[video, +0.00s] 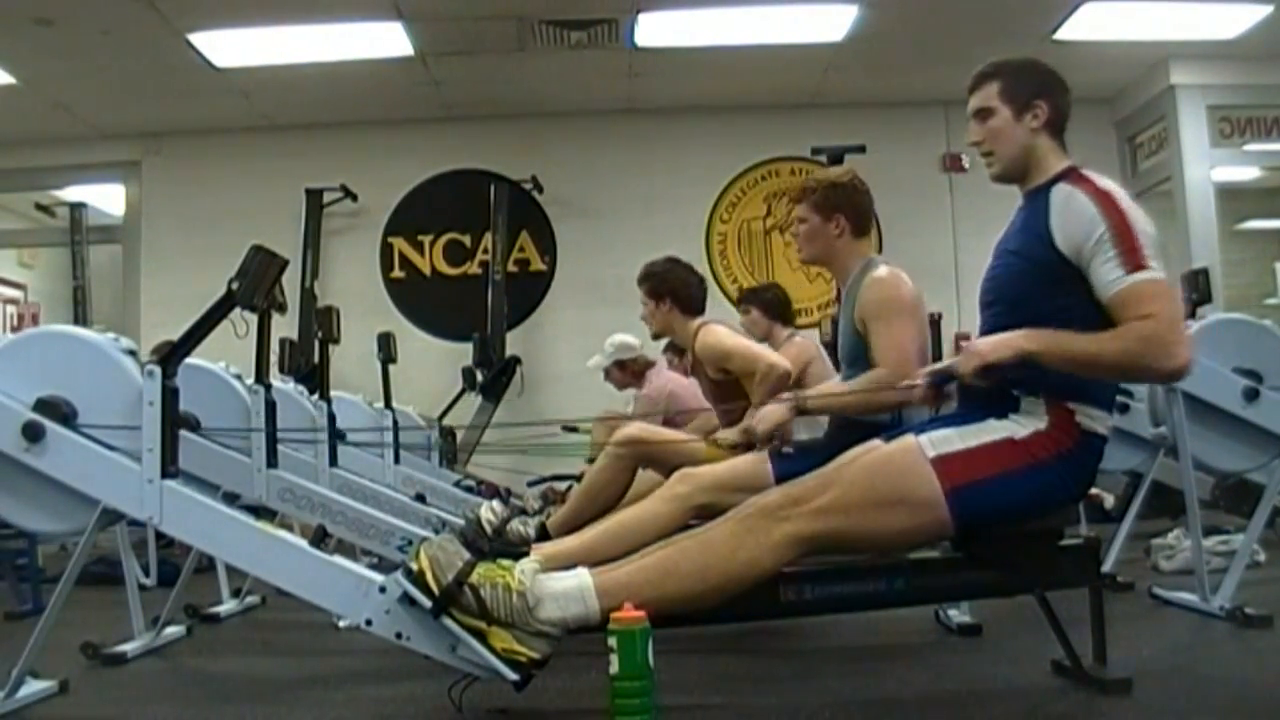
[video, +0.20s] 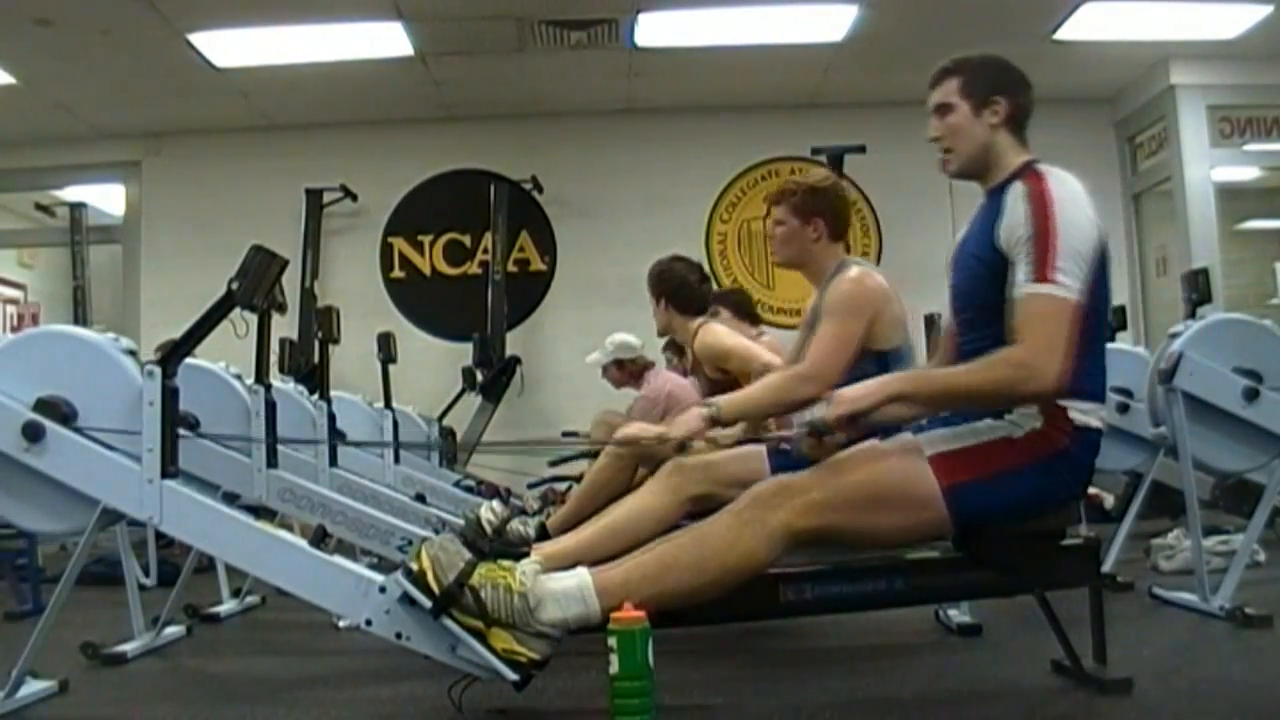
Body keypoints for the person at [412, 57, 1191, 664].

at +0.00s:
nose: (973, 140)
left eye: (985, 121)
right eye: (971, 126)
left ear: (1038, 117)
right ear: (1012, 126)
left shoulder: (1086, 198)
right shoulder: (1040, 213)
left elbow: (1166, 344)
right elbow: (1062, 341)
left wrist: (1018, 345)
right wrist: (972, 364)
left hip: (1042, 436)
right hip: (1002, 425)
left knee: (800, 513)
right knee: (782, 502)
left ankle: (566, 606)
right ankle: (560, 593)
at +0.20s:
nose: (933, 132)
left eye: (946, 113)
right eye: (931, 119)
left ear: (999, 113)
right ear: (979, 123)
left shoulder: (1044, 196)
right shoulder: (993, 216)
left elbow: (1038, 369)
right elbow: (986, 362)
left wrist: (885, 391)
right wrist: (879, 405)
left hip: (1035, 438)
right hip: (990, 431)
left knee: (788, 508)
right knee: (761, 496)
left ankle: (554, 605)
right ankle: (551, 597)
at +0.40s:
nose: (853, 135)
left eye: (866, 116)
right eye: (854, 119)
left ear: (919, 119)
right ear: (907, 124)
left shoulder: (970, 197)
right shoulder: (916, 220)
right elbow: (860, 353)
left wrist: (732, 429)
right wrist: (736, 417)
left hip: (1015, 439)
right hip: (965, 432)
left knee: (752, 462)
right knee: (739, 460)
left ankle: (556, 603)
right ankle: (549, 595)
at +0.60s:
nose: (751, 157)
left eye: (760, 135)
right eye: (755, 138)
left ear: (802, 137)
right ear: (806, 138)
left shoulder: (868, 213)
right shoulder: (830, 224)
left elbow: (754, 371)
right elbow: (732, 350)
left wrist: (612, 451)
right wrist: (617, 441)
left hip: (961, 441)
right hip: (912, 430)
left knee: (714, 419)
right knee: (696, 409)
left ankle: (546, 608)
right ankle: (536, 592)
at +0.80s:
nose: (658, 166)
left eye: (665, 150)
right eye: (660, 151)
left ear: (697, 150)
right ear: (713, 154)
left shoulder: (770, 225)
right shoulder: (735, 235)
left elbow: (650, 382)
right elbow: (642, 370)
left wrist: (515, 467)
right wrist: (549, 475)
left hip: (882, 450)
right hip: (837, 440)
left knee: (654, 385)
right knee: (631, 394)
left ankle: (544, 602)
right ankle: (531, 590)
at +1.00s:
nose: (579, 182)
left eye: (583, 164)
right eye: (581, 165)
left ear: (609, 162)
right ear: (649, 167)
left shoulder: (686, 232)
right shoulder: (671, 237)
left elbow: (558, 392)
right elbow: (566, 398)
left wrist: (431, 474)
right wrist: (463, 486)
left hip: (798, 460)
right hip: (776, 456)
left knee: (577, 363)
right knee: (578, 368)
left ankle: (537, 597)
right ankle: (535, 590)